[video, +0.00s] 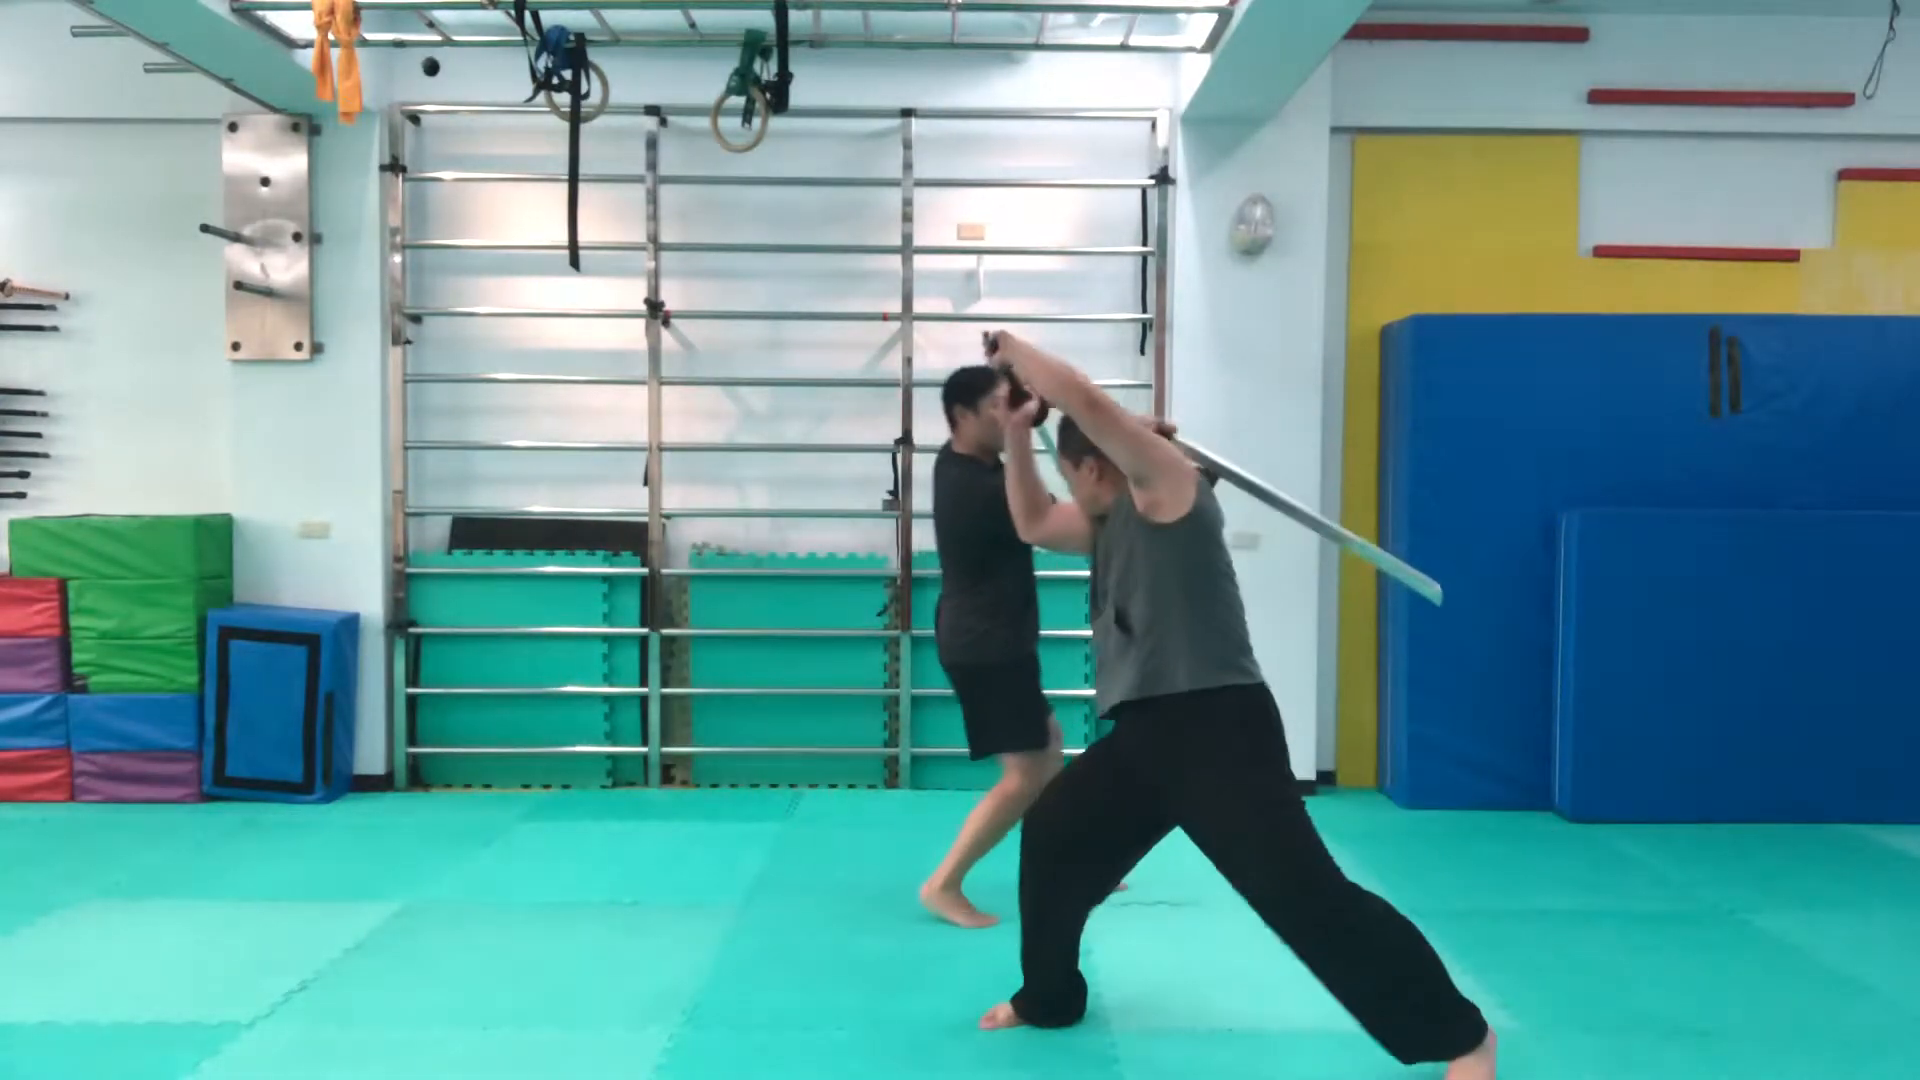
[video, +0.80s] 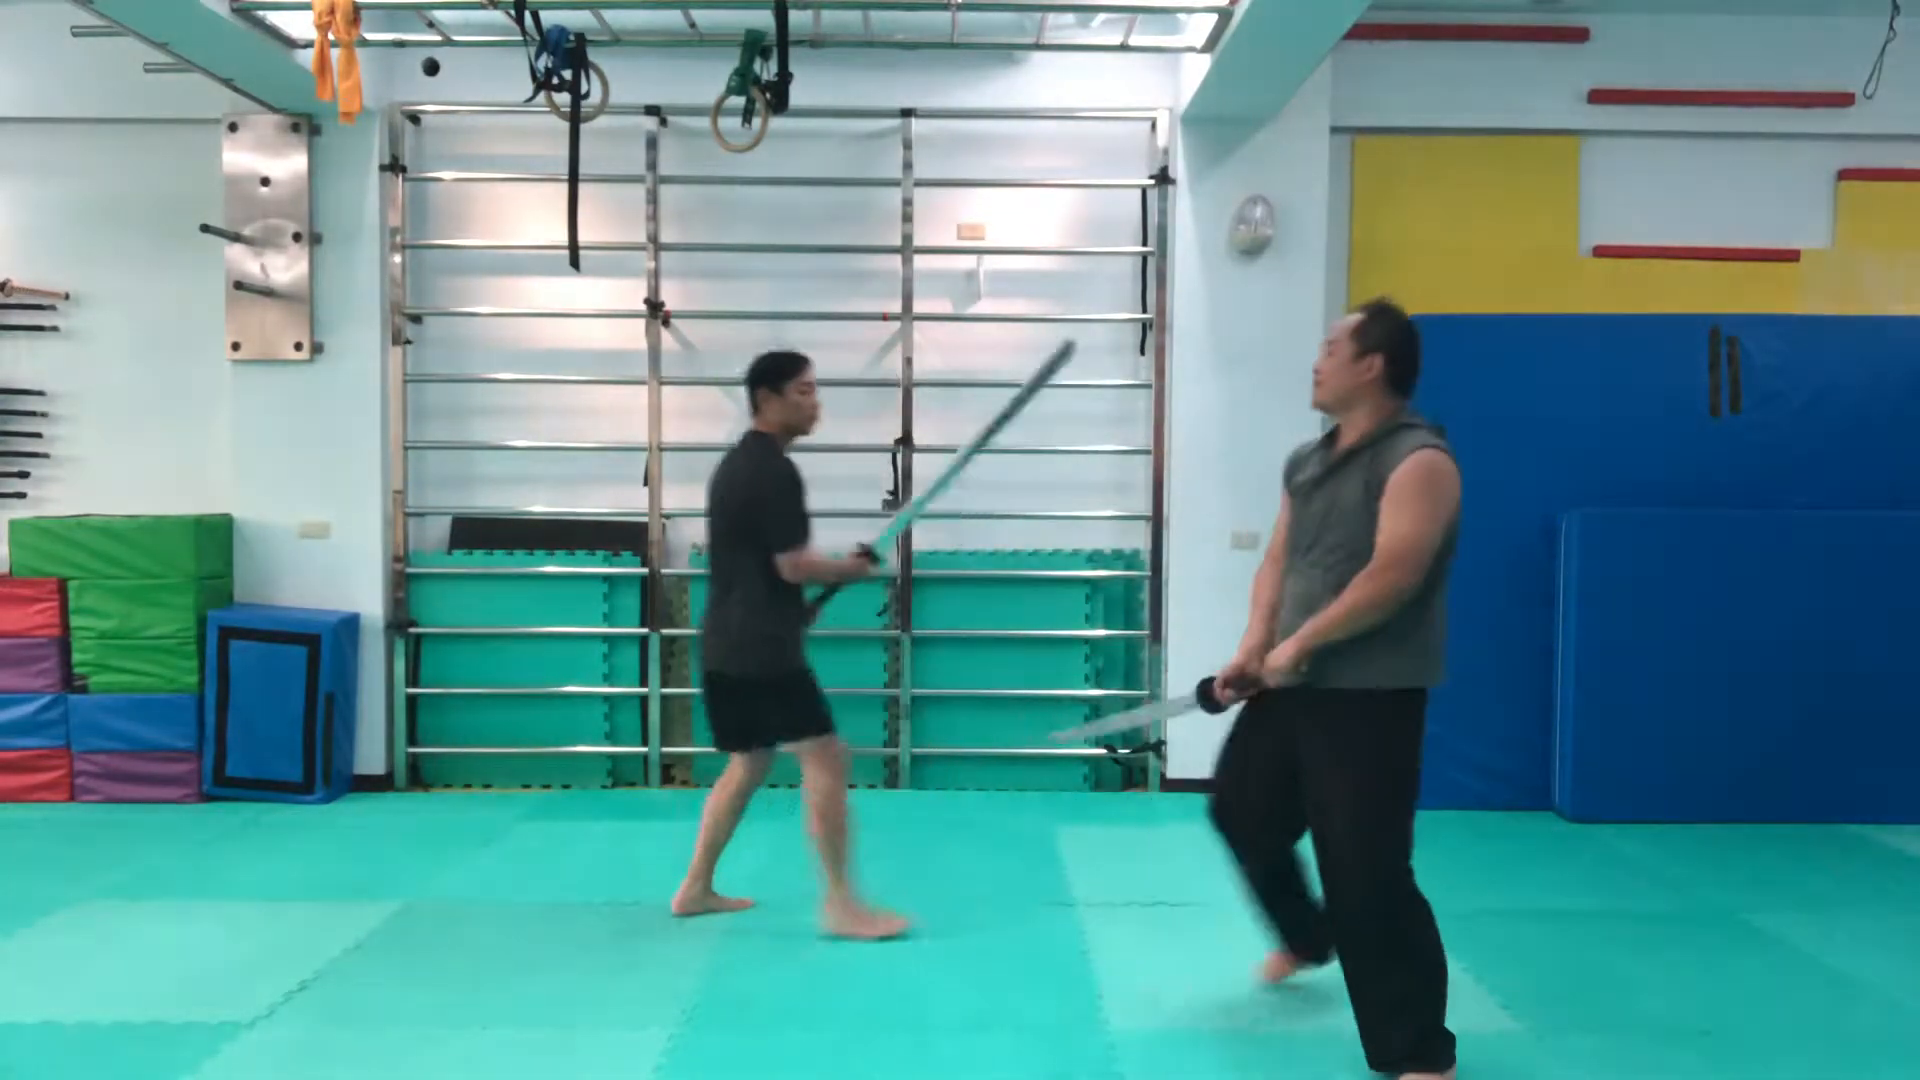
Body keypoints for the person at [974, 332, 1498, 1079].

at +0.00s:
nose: (1069, 485)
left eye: (1072, 472)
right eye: (1068, 474)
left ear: (1101, 464)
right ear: (1102, 467)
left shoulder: (1165, 486)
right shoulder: (1104, 523)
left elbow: (1081, 396)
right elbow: (1036, 520)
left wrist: (1010, 346)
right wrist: (1016, 434)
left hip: (1218, 726)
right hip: (1144, 734)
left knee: (1305, 896)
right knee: (1053, 834)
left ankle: (1462, 1036)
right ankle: (1049, 999)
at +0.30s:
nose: (1110, 431)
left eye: (1121, 419)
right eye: (1109, 420)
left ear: (1158, 421)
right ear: (1140, 427)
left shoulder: (1216, 473)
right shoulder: (1132, 510)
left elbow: (1109, 447)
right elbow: (1078, 566)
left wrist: (1014, 419)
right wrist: (1018, 494)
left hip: (1219, 724)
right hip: (1138, 728)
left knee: (1283, 891)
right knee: (1049, 838)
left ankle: (1418, 1028)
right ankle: (1047, 999)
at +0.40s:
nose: (1167, 413)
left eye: (1177, 401)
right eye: (1171, 401)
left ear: (1214, 411)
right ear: (1213, 413)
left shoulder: (1267, 483)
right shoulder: (1183, 500)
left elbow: (1164, 507)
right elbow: (1136, 589)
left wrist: (1063, 510)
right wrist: (1062, 554)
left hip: (1235, 732)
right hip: (1154, 728)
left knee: (1285, 902)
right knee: (1073, 853)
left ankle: (1414, 1038)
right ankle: (1047, 1000)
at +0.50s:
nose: (1220, 395)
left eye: (1232, 383)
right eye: (1226, 382)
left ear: (1270, 396)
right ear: (1267, 398)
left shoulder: (1323, 486)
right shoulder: (1230, 492)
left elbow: (1248, 561)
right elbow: (1197, 578)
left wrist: (1141, 592)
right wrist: (1112, 605)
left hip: (1283, 729)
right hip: (1203, 723)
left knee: (1320, 900)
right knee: (1128, 858)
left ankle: (1416, 1051)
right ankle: (1050, 989)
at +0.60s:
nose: (1265, 376)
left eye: (1280, 365)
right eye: (1272, 363)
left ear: (1317, 383)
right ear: (1313, 384)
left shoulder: (1367, 480)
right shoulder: (1267, 477)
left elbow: (1309, 583)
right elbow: (1228, 574)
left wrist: (1206, 625)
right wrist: (1170, 645)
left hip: (1323, 719)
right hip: (1248, 710)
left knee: (1339, 893)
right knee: (1179, 830)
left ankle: (1418, 1054)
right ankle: (1115, 971)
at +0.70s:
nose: (1297, 367)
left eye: (1313, 355)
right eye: (1304, 354)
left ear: (1353, 373)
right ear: (1337, 372)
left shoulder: (1399, 467)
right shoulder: (1290, 469)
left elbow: (1359, 584)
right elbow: (1258, 572)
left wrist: (1254, 646)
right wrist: (1224, 657)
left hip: (1350, 708)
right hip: (1272, 699)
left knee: (1353, 882)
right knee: (1207, 812)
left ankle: (1419, 1054)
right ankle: (1217, 971)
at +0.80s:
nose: (1317, 362)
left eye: (1331, 351)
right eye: (1322, 349)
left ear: (1375, 367)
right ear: (1356, 366)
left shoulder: (1421, 461)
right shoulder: (1309, 463)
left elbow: (1395, 575)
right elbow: (1278, 564)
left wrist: (1297, 645)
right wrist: (1251, 649)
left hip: (1371, 698)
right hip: (1293, 691)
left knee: (1365, 880)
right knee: (1242, 813)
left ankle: (1419, 1055)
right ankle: (1307, 937)